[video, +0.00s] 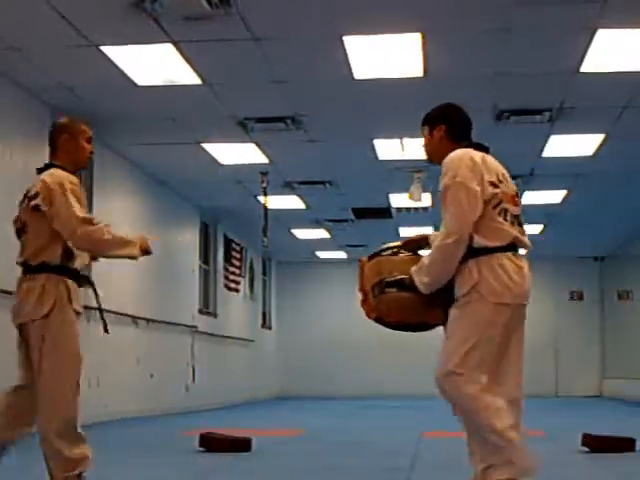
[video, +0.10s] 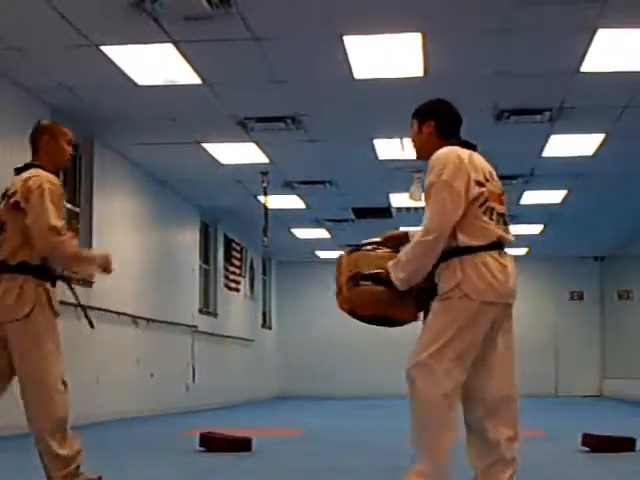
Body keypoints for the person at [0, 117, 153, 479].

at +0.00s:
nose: (91, 148)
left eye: (91, 142)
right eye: (86, 141)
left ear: (62, 145)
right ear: (63, 142)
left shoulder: (42, 185)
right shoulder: (59, 181)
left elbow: (52, 245)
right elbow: (80, 233)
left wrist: (97, 246)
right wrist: (133, 245)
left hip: (34, 292)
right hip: (52, 293)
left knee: (36, 386)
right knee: (61, 383)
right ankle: (67, 468)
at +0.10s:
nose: (72, 151)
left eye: (72, 145)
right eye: (68, 143)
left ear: (42, 145)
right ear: (45, 142)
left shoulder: (21, 184)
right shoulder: (41, 181)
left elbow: (30, 251)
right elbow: (53, 244)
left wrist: (74, 269)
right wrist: (95, 258)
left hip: (9, 289)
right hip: (24, 291)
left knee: (6, 374)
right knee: (45, 381)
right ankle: (64, 468)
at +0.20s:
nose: (53, 167)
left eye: (53, 160)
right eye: (49, 159)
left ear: (25, 160)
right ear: (27, 159)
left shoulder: (10, 196)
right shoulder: (19, 199)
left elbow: (21, 265)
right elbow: (23, 266)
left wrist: (53, 295)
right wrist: (61, 298)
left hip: (5, 305)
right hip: (4, 307)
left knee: (41, 379)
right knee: (46, 378)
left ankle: (51, 465)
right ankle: (53, 467)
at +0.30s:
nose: (42, 176)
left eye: (41, 170)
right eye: (37, 169)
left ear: (15, 170)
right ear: (16, 169)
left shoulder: (11, 210)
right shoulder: (10, 211)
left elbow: (11, 277)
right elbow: (10, 279)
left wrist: (33, 310)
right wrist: (42, 310)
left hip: (8, 325)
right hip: (4, 327)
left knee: (24, 391)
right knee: (35, 390)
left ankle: (14, 468)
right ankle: (15, 469)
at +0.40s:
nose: (42, 156)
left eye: (41, 149)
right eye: (37, 148)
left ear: (14, 151)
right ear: (15, 150)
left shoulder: (10, 188)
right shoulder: (12, 190)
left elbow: (11, 248)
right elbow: (10, 248)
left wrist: (38, 279)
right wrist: (42, 280)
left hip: (9, 306)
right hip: (5, 308)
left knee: (23, 374)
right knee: (20, 374)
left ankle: (10, 462)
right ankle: (9, 465)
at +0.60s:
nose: (46, 150)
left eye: (46, 143)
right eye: (41, 142)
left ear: (27, 146)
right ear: (18, 142)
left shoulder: (23, 188)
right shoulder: (5, 180)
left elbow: (18, 240)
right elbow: (7, 235)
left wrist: (30, 283)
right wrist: (57, 226)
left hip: (16, 290)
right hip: (6, 291)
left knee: (31, 367)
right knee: (32, 366)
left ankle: (37, 458)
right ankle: (35, 461)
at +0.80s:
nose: (61, 158)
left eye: (61, 152)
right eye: (54, 151)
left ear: (45, 157)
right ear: (32, 155)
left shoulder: (62, 205)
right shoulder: (18, 198)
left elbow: (98, 221)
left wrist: (117, 195)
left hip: (50, 303)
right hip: (27, 301)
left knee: (6, 383)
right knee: (69, 381)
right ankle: (81, 470)